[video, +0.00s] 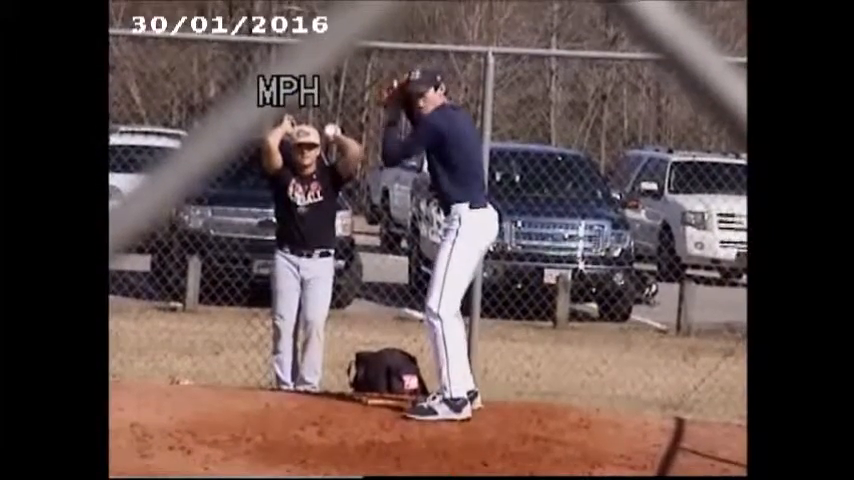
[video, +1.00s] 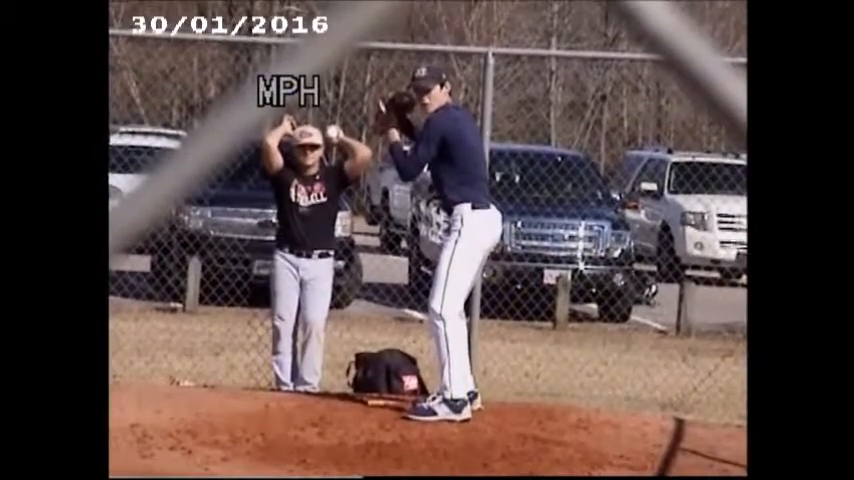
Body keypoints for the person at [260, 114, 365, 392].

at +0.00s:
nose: (305, 155)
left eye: (311, 149)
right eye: (300, 150)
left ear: (320, 150)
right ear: (292, 151)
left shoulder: (331, 176)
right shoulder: (282, 176)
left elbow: (354, 155)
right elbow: (270, 147)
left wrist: (339, 138)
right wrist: (284, 127)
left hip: (321, 260)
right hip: (287, 258)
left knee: (315, 322)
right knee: (283, 321)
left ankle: (309, 381)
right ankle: (283, 380)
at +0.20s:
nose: (306, 155)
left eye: (311, 149)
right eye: (301, 150)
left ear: (320, 151)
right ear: (292, 152)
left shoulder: (333, 176)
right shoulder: (283, 177)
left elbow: (363, 156)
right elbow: (269, 147)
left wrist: (341, 140)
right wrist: (282, 129)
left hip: (320, 261)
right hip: (286, 259)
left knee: (315, 323)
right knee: (282, 322)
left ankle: (309, 382)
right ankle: (283, 382)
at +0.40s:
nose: (307, 154)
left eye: (312, 149)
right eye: (302, 150)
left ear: (322, 150)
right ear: (294, 152)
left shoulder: (334, 176)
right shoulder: (284, 177)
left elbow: (365, 155)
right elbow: (271, 147)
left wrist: (342, 139)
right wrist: (282, 129)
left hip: (321, 260)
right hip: (286, 259)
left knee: (314, 322)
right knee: (282, 322)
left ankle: (309, 382)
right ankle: (283, 382)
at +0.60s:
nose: (308, 152)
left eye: (313, 147)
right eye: (303, 148)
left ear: (323, 149)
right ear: (295, 150)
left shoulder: (335, 175)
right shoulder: (285, 176)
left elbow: (365, 153)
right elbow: (271, 146)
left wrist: (342, 138)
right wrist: (283, 128)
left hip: (321, 260)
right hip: (287, 258)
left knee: (315, 321)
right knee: (283, 321)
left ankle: (309, 381)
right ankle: (283, 381)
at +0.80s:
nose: (308, 153)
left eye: (314, 147)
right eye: (303, 148)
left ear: (323, 149)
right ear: (295, 150)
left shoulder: (335, 175)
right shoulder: (285, 176)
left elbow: (365, 154)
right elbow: (271, 146)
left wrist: (342, 138)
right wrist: (283, 128)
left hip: (321, 260)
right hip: (287, 258)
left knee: (315, 322)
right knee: (283, 321)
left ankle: (309, 381)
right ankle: (283, 381)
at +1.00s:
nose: (308, 154)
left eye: (313, 148)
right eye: (303, 149)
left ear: (323, 150)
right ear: (294, 151)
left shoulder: (334, 176)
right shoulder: (284, 177)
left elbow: (365, 155)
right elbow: (269, 146)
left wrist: (342, 139)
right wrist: (283, 129)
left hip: (320, 261)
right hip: (286, 259)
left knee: (314, 323)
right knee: (282, 321)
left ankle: (309, 382)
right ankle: (283, 381)